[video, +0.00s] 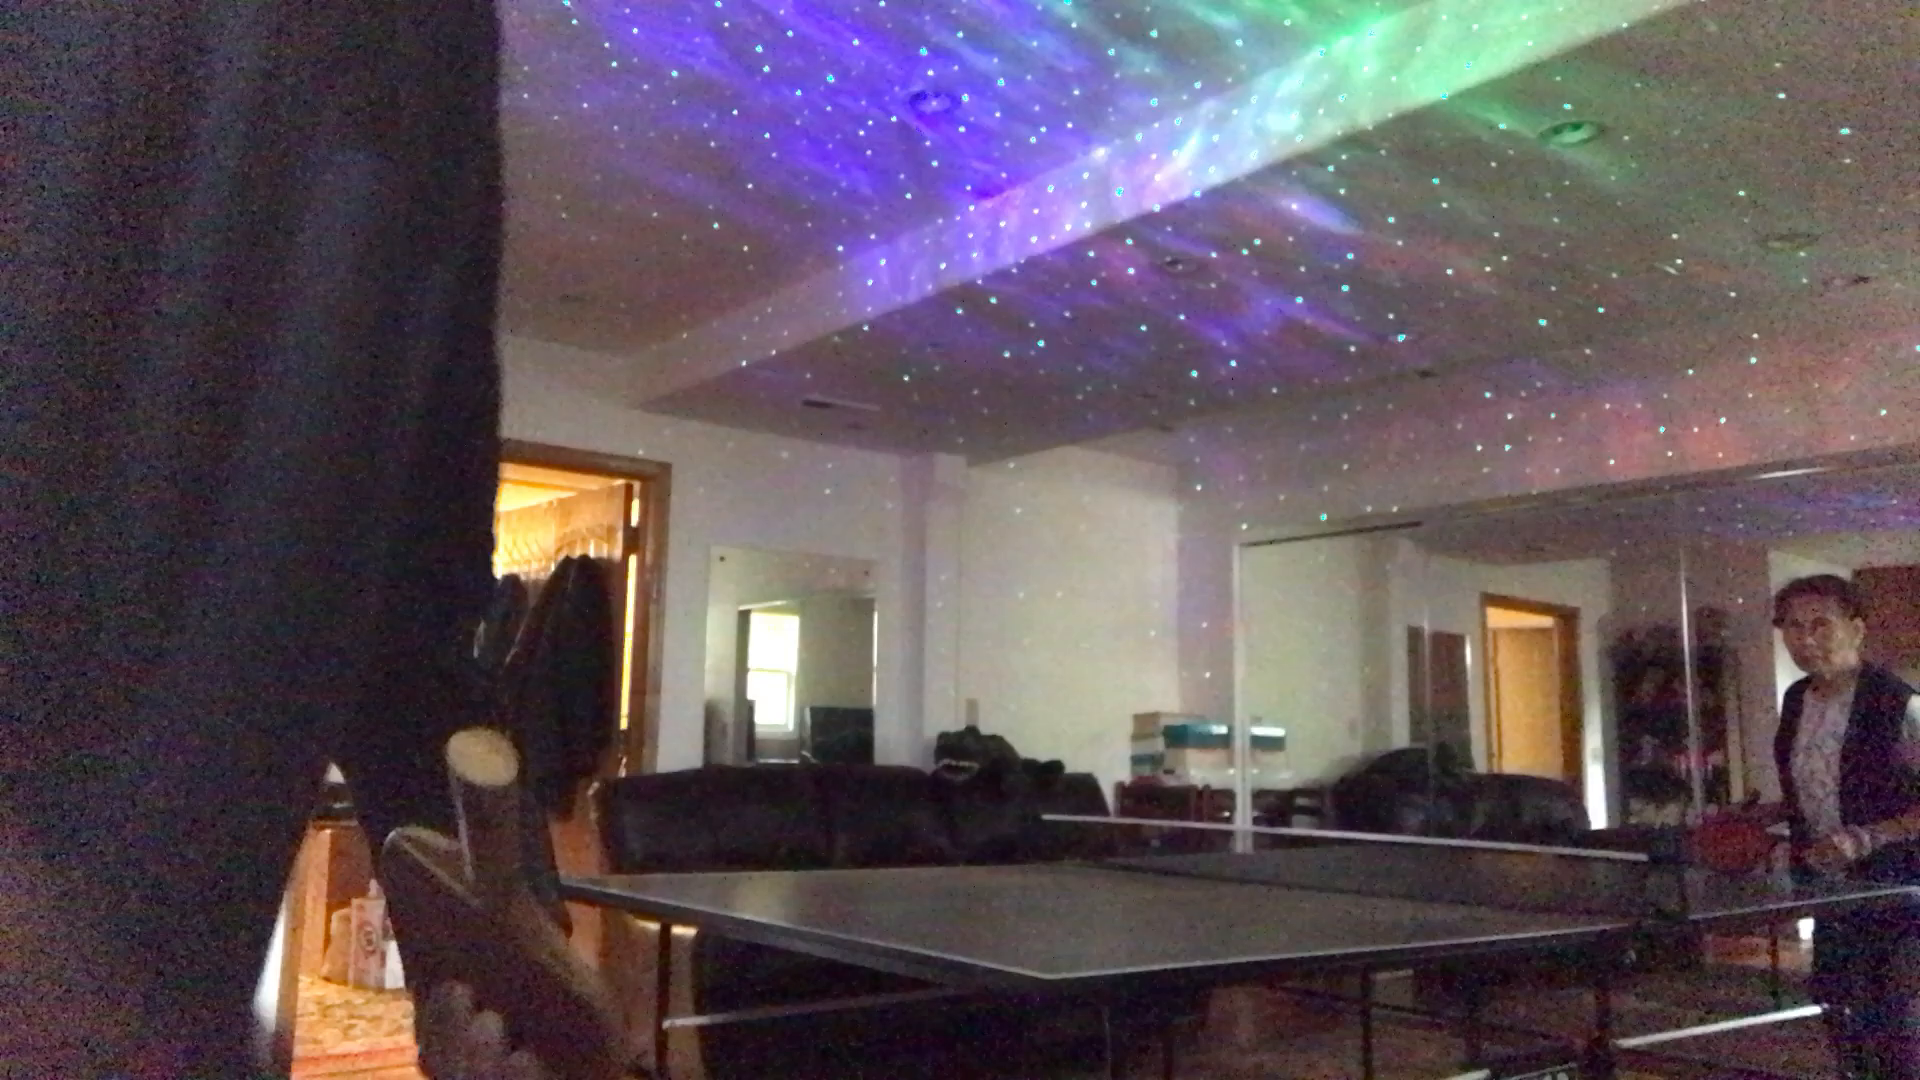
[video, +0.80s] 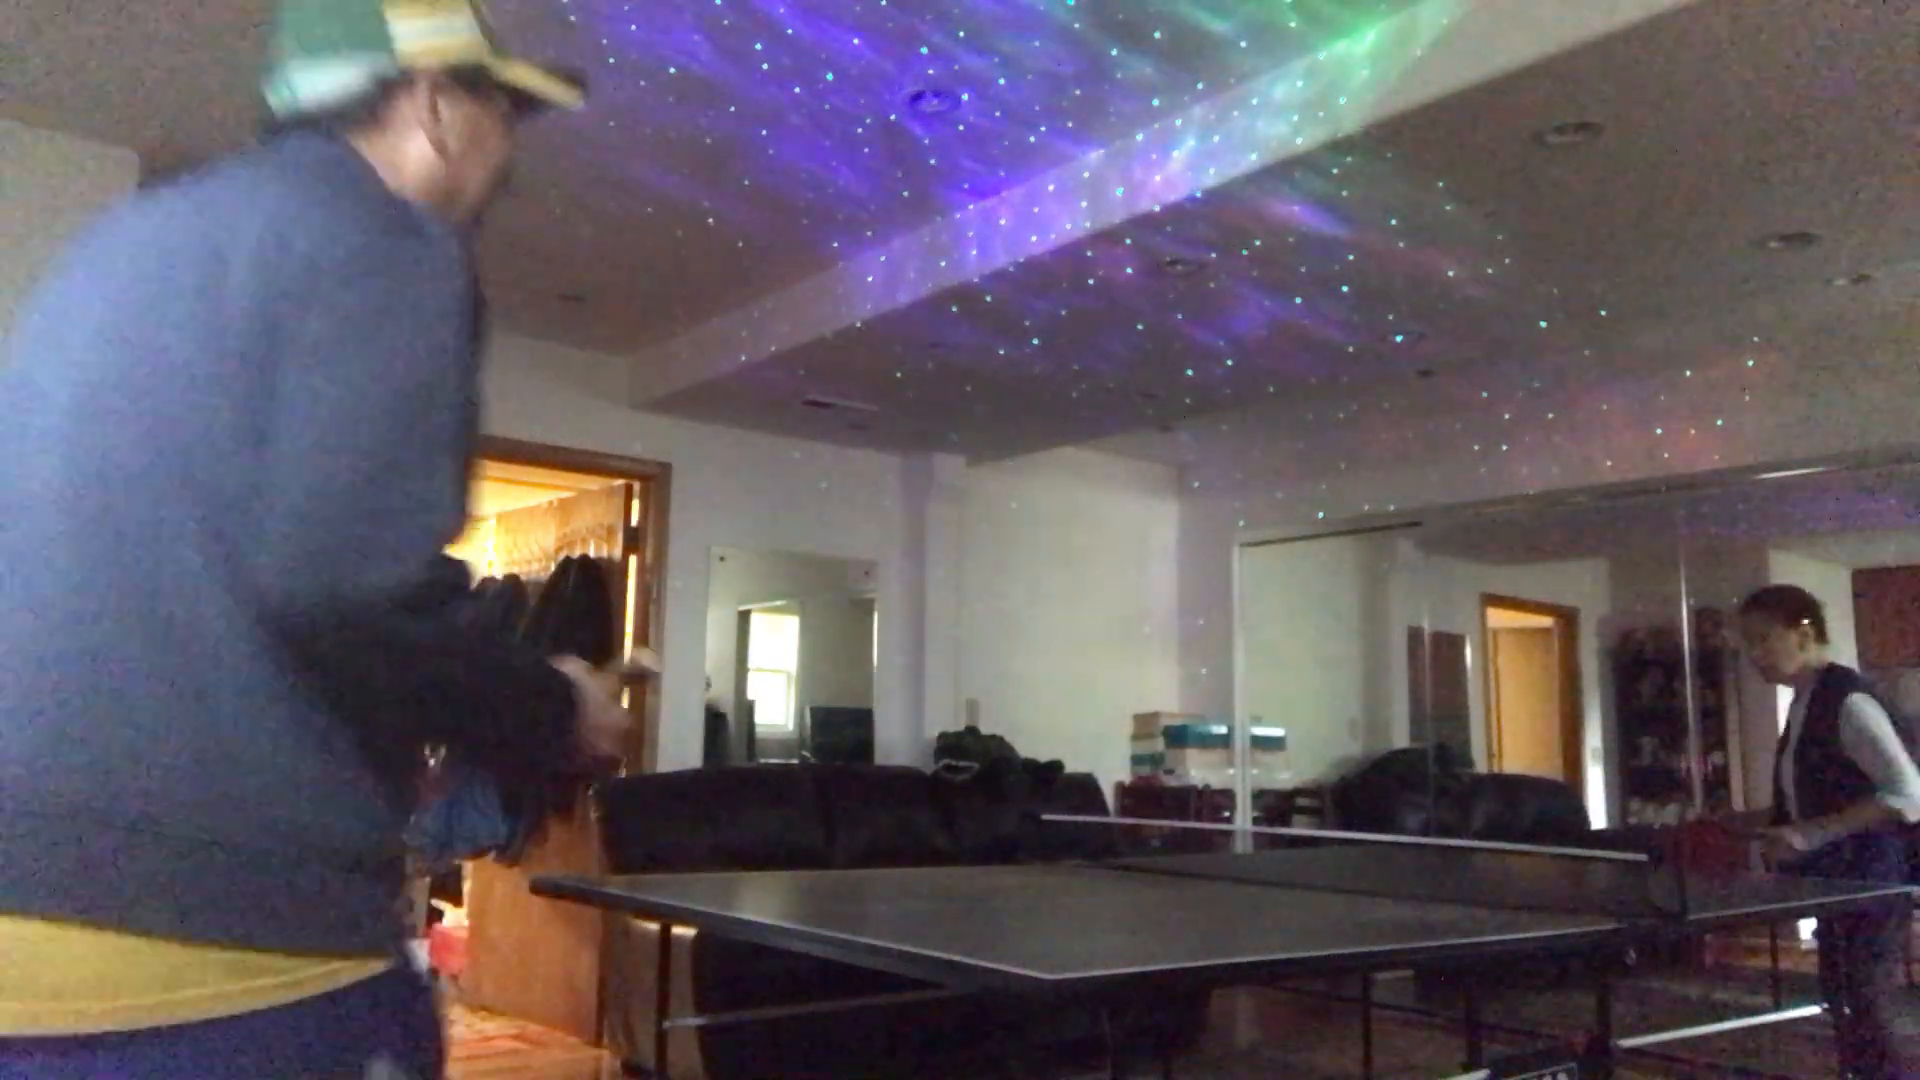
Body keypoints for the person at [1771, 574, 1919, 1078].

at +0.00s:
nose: (1804, 638)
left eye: (1818, 623)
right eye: (1792, 626)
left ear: (1856, 628)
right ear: (1783, 635)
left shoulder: (1893, 699)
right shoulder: (1797, 698)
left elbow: (1917, 809)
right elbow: (1803, 796)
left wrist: (1861, 840)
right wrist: (1772, 818)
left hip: (1894, 891)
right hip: (1830, 890)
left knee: (1890, 1021)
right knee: (1834, 1005)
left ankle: (1893, 1069)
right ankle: (1856, 1068)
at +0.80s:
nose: (1754, 655)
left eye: (1763, 639)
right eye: (1749, 643)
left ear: (1803, 632)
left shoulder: (1849, 702)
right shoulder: (1802, 703)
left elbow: (1906, 797)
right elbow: (1805, 807)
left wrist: (1811, 833)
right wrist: (1743, 821)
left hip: (1873, 882)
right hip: (1837, 881)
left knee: (1870, 1011)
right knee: (1846, 1006)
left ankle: (1887, 1072)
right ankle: (1860, 1071)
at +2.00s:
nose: (1733, 663)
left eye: (1745, 649)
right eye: (1728, 651)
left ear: (1784, 653)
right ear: (1722, 660)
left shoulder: (1842, 715)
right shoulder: (1729, 726)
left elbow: (1901, 802)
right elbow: (1728, 814)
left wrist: (1899, 885)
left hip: (1855, 877)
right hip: (1777, 884)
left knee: (1901, 995)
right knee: (1784, 1006)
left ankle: (1916, 1061)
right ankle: (1802, 1072)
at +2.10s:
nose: (1736, 663)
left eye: (1750, 649)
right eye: (1730, 651)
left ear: (1790, 653)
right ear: (1724, 660)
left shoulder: (1850, 717)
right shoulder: (1736, 727)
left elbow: (1907, 803)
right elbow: (1734, 810)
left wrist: (1902, 889)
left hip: (1859, 882)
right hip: (1780, 887)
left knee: (1902, 994)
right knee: (1786, 1012)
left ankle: (1917, 1059)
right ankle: (1805, 1072)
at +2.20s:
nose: (1731, 662)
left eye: (1745, 648)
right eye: (1727, 651)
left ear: (1787, 651)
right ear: (1724, 660)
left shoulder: (1846, 718)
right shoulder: (1737, 728)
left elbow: (1909, 799)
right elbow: (1728, 807)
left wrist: (1895, 886)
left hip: (1856, 879)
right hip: (1780, 884)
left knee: (1894, 955)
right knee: (1771, 980)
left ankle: (1915, 1047)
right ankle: (1791, 1067)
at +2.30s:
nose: (1719, 666)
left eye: (1732, 651)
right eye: (1715, 654)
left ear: (1774, 656)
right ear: (1711, 664)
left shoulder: (1830, 719)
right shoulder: (1730, 727)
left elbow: (1900, 806)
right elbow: (1729, 806)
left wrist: (1880, 888)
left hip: (1849, 875)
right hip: (1778, 877)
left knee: (1896, 984)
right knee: (1753, 977)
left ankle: (1915, 1060)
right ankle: (1769, 1070)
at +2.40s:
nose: (1698, 672)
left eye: (1708, 659)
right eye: (1696, 661)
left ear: (1747, 658)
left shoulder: (1811, 723)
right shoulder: (1712, 731)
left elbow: (1878, 812)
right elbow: (1710, 816)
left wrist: (1856, 893)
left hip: (1834, 881)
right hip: (1766, 885)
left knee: (1884, 988)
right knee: (1745, 987)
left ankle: (1909, 1060)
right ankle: (1752, 1070)